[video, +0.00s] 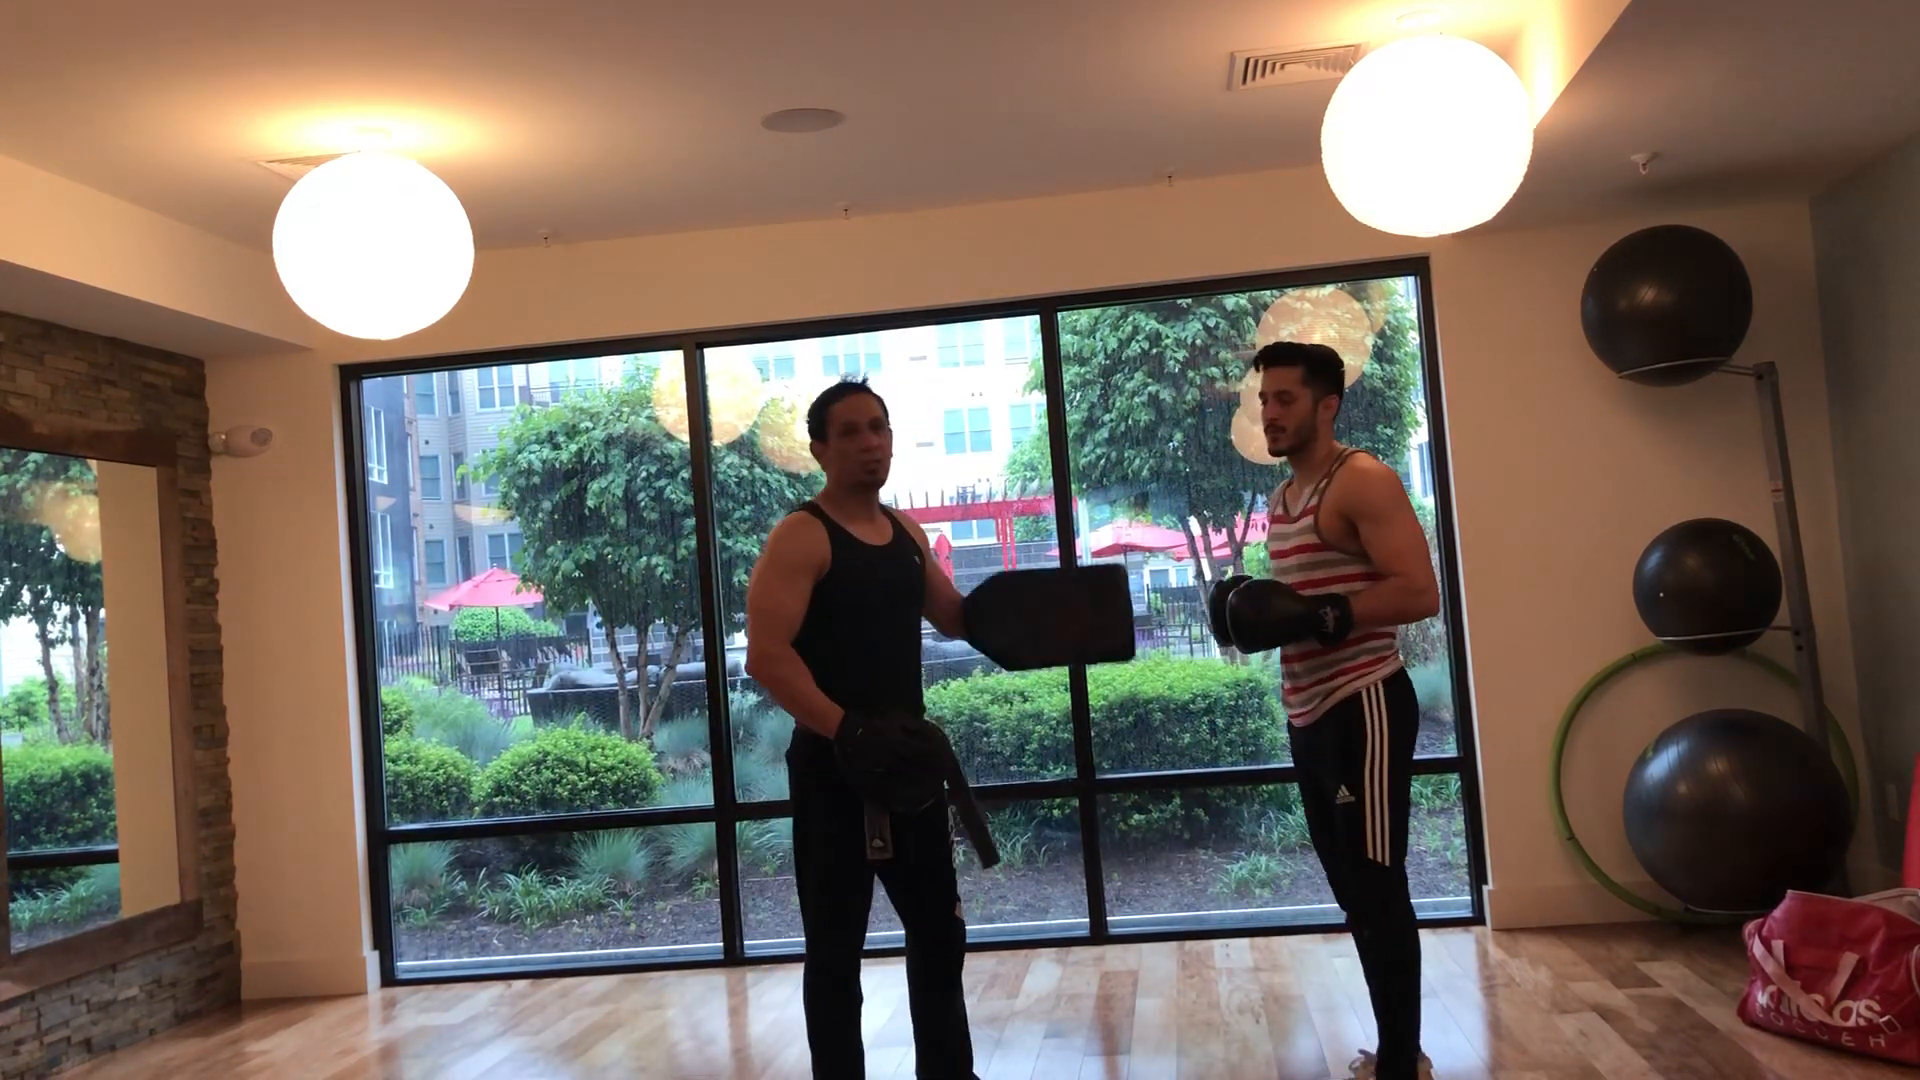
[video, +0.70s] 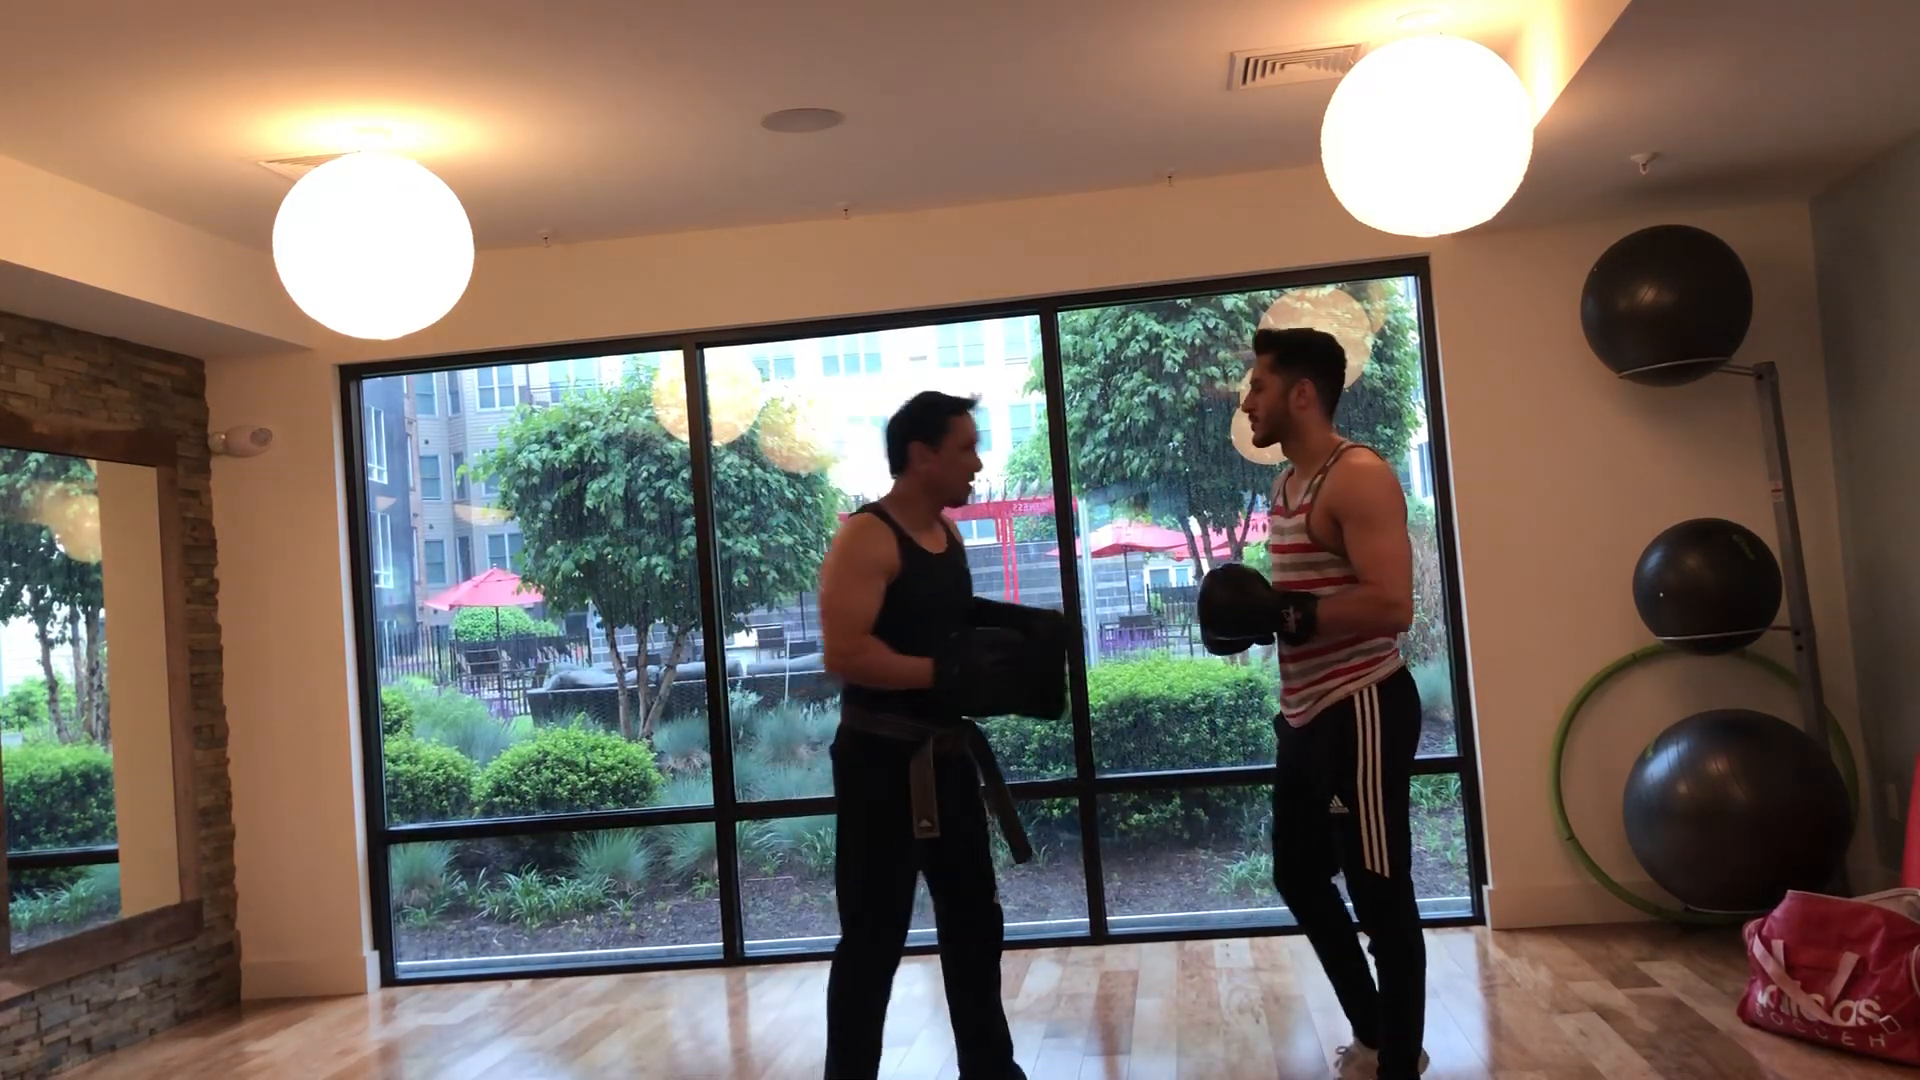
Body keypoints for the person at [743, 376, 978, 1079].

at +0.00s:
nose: (871, 442)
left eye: (879, 428)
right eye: (851, 432)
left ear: (891, 438)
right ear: (820, 449)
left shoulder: (902, 532)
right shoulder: (799, 536)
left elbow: (955, 617)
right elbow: (764, 653)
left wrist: (1041, 612)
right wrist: (848, 730)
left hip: (907, 757)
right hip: (829, 766)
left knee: (939, 938)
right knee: (835, 952)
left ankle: (948, 1074)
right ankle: (839, 1078)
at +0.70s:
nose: (977, 463)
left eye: (976, 449)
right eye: (965, 449)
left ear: (935, 457)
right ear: (919, 453)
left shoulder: (944, 534)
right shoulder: (865, 535)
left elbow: (945, 634)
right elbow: (842, 652)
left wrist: (1006, 658)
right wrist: (948, 672)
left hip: (946, 749)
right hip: (879, 753)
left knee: (973, 924)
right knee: (872, 937)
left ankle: (990, 1072)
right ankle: (849, 1076)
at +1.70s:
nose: (1015, 495)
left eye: (1017, 480)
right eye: (1011, 478)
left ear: (972, 474)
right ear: (971, 471)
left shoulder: (969, 549)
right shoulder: (888, 550)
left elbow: (971, 650)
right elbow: (877, 674)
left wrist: (1035, 678)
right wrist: (982, 700)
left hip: (964, 754)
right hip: (895, 760)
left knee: (1030, 909)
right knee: (898, 942)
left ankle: (1098, 1059)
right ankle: (873, 1076)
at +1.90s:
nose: (1052, 501)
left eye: (1053, 486)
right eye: (1046, 485)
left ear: (1007, 482)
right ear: (1007, 481)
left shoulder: (1011, 559)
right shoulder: (932, 560)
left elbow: (1028, 659)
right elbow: (877, 660)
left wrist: (1087, 603)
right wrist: (984, 676)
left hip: (1025, 769)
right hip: (959, 776)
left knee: (1100, 915)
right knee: (954, 954)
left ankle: (1137, 1065)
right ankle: (890, 1077)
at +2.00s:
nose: (1077, 492)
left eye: (1078, 478)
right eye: (1070, 478)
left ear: (1028, 479)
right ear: (1030, 476)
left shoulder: (1029, 560)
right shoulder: (966, 547)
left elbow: (1068, 649)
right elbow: (938, 631)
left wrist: (1119, 590)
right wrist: (1038, 611)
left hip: (1047, 763)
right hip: (991, 767)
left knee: (1124, 907)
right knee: (991, 947)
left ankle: (1143, 1061)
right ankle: (896, 1074)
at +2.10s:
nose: (1096, 488)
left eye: (1097, 475)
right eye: (1088, 473)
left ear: (1048, 473)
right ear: (1046, 469)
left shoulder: (1047, 541)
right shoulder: (1013, 528)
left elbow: (1093, 660)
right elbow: (1073, 590)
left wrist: (1175, 600)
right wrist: (1144, 549)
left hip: (1053, 754)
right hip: (1011, 754)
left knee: (1113, 909)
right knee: (1007, 931)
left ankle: (1142, 1060)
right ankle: (902, 1072)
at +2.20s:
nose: (1110, 483)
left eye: (1111, 470)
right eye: (1101, 469)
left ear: (1048, 472)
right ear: (1054, 466)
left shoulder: (1005, 544)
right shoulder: (1068, 520)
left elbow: (1048, 662)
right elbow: (1189, 524)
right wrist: (1287, 517)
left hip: (1027, 749)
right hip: (1022, 752)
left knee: (1098, 909)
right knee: (1002, 929)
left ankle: (1139, 1062)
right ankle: (912, 1072)